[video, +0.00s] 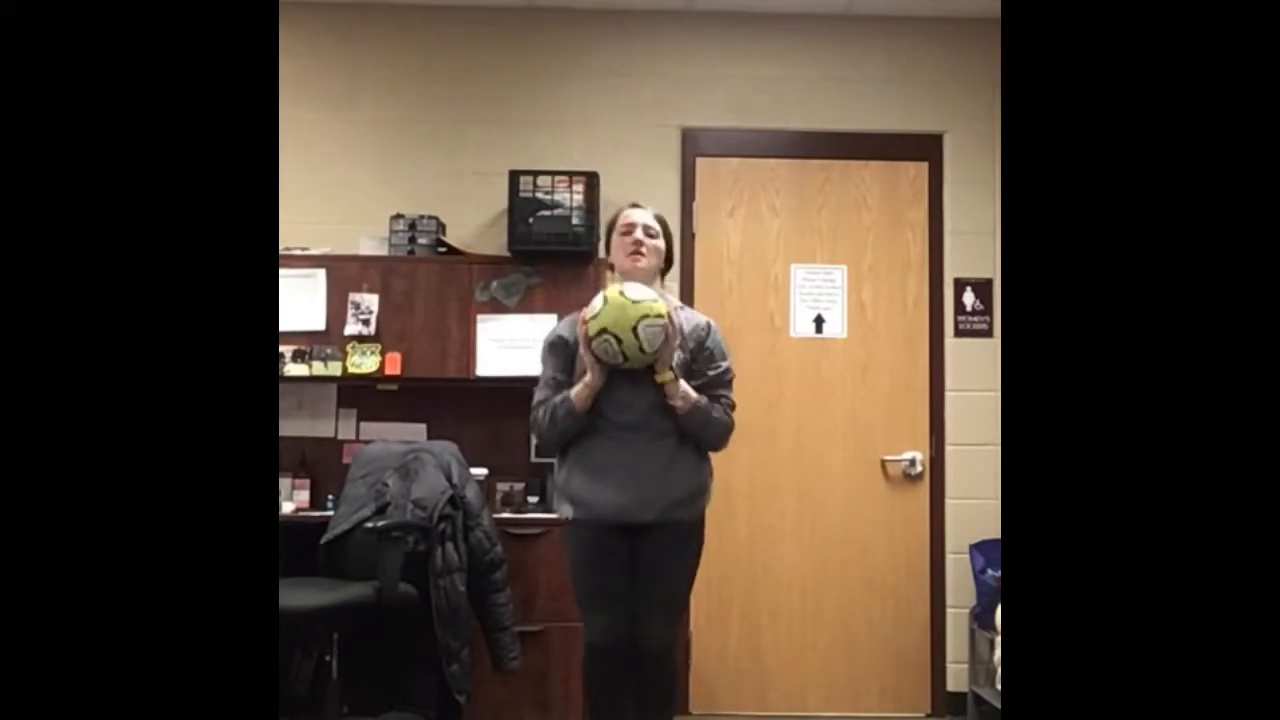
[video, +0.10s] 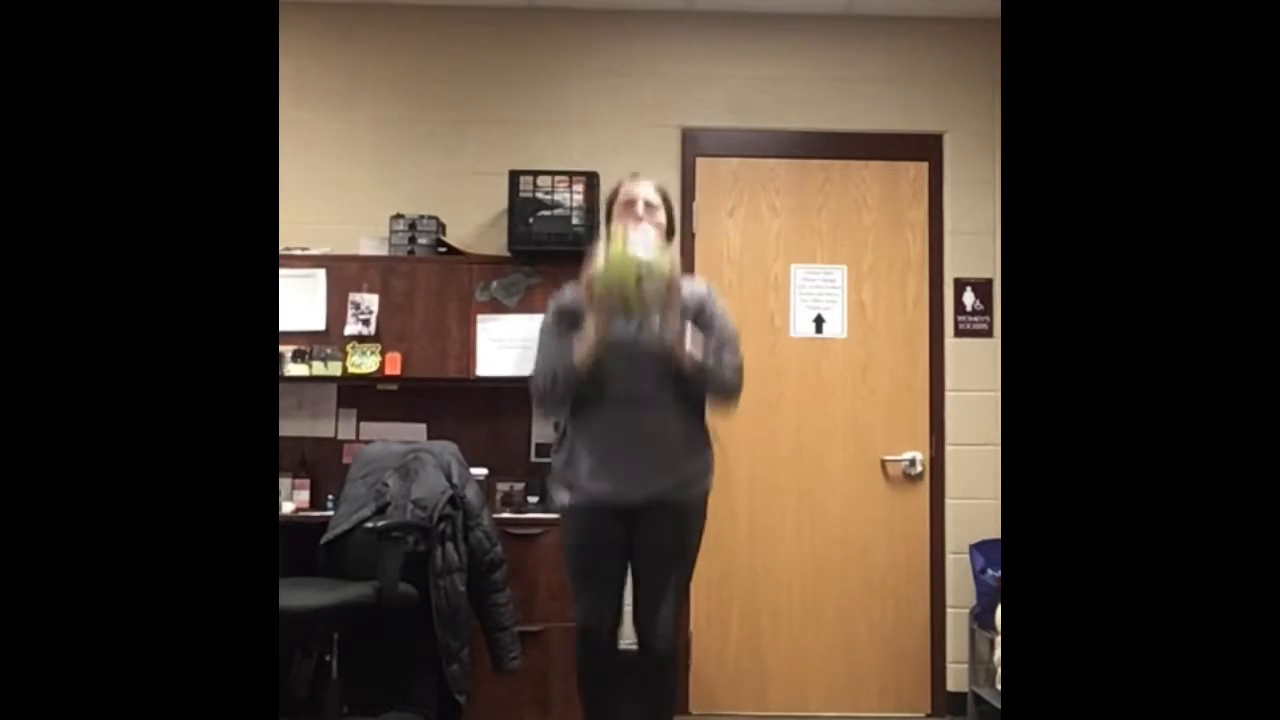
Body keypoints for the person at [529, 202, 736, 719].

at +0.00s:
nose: (639, 238)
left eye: (651, 232)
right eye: (627, 232)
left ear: (666, 254)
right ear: (608, 252)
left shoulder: (698, 331)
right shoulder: (570, 332)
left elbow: (719, 431)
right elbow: (544, 430)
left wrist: (669, 376)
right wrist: (590, 379)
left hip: (673, 517)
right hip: (595, 517)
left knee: (657, 646)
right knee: (605, 644)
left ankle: (656, 719)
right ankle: (607, 719)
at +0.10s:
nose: (640, 216)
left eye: (651, 208)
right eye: (628, 208)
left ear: (667, 225)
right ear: (609, 222)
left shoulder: (695, 301)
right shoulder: (573, 304)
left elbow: (729, 381)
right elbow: (546, 392)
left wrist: (680, 344)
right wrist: (591, 335)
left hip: (673, 492)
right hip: (593, 493)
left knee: (660, 635)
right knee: (595, 631)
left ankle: (659, 716)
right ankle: (600, 715)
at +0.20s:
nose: (640, 185)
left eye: (652, 174)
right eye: (627, 173)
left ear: (672, 180)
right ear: (605, 180)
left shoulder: (684, 249)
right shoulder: (584, 251)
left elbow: (725, 294)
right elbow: (545, 298)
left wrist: (687, 252)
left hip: (672, 448)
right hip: (593, 448)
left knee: (670, 593)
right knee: (582, 593)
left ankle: (674, 704)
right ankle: (576, 708)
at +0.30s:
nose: (643, 197)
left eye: (654, 190)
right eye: (629, 189)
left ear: (671, 207)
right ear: (611, 205)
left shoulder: (694, 268)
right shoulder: (587, 264)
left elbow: (723, 211)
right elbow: (557, 211)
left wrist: (686, 126)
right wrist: (596, 120)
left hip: (672, 446)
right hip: (594, 444)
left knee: (686, 599)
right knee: (567, 603)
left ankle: (704, 706)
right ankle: (539, 708)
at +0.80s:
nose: (629, 215)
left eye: (641, 208)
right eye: (618, 206)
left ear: (658, 227)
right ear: (599, 219)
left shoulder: (674, 289)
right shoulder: (577, 281)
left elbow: (709, 251)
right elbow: (535, 252)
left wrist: (677, 174)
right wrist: (570, 170)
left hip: (657, 467)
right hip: (578, 465)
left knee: (679, 614)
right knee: (542, 610)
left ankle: (709, 711)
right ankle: (487, 711)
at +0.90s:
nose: (622, 217)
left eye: (635, 206)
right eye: (609, 207)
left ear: (657, 214)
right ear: (592, 215)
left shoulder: (682, 276)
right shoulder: (574, 273)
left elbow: (706, 327)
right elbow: (533, 318)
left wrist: (667, 264)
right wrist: (573, 252)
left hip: (659, 459)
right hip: (579, 457)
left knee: (665, 600)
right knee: (562, 593)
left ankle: (674, 710)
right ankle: (548, 709)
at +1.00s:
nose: (633, 226)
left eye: (644, 219)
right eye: (621, 217)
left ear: (659, 238)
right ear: (601, 233)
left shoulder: (685, 314)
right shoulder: (562, 312)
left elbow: (694, 413)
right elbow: (541, 403)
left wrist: (656, 359)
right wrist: (580, 359)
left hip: (659, 492)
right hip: (580, 491)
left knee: (650, 626)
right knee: (584, 624)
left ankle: (647, 714)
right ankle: (594, 712)